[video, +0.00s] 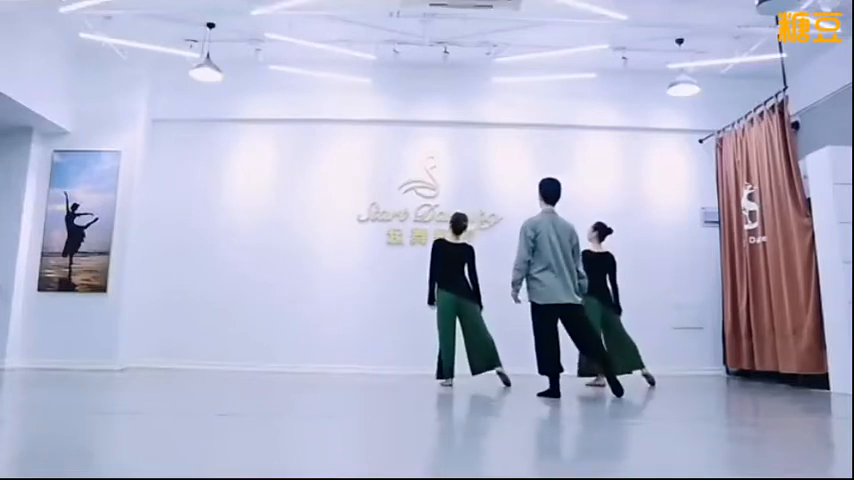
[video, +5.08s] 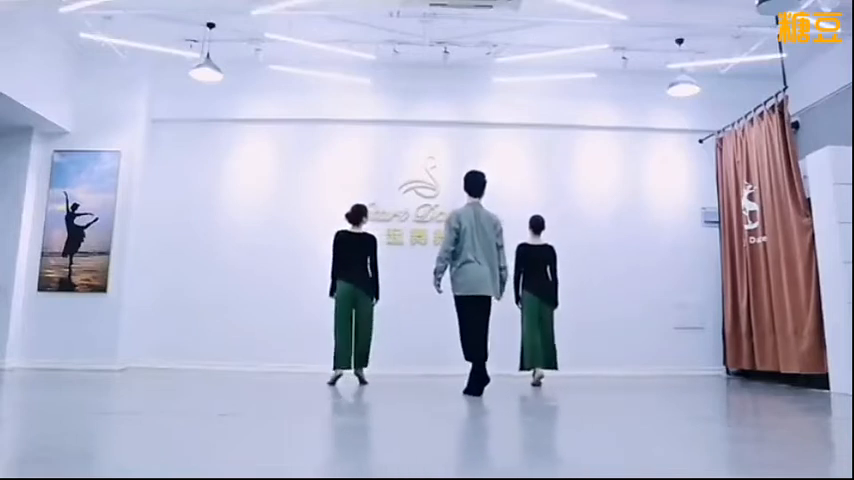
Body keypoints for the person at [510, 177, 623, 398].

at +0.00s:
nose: (539, 197)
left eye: (539, 193)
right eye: (549, 193)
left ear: (539, 195)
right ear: (558, 197)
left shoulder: (531, 225)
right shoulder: (568, 228)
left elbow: (523, 259)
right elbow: (578, 264)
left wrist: (515, 285)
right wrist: (580, 290)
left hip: (542, 296)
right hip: (568, 295)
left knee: (547, 343)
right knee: (588, 339)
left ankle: (554, 388)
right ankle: (611, 377)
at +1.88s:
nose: (529, 213)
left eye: (529, 209)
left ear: (529, 212)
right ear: (548, 212)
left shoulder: (524, 239)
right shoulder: (561, 239)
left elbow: (510, 268)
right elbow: (579, 273)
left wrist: (494, 291)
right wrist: (583, 298)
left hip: (538, 302)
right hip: (564, 301)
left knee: (539, 344)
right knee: (561, 335)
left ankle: (551, 387)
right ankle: (580, 373)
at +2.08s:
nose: (526, 228)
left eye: (525, 225)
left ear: (525, 226)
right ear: (543, 226)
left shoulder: (522, 250)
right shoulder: (558, 251)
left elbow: (510, 279)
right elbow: (576, 280)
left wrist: (493, 303)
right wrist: (583, 305)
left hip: (539, 305)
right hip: (564, 303)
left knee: (535, 349)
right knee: (551, 335)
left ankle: (551, 386)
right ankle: (559, 370)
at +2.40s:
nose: (517, 234)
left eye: (518, 231)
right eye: (518, 232)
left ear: (521, 231)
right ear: (537, 230)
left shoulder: (519, 248)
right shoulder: (552, 248)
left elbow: (511, 280)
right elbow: (565, 280)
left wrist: (503, 306)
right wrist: (569, 311)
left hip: (534, 303)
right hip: (559, 303)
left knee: (531, 344)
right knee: (529, 341)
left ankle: (551, 385)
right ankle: (525, 368)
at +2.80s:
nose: (513, 203)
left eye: (513, 200)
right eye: (516, 199)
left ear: (514, 200)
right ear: (532, 200)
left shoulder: (510, 222)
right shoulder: (544, 226)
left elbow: (503, 253)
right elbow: (552, 262)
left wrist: (497, 278)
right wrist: (553, 290)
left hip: (519, 287)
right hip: (542, 288)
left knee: (526, 335)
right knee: (530, 335)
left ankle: (546, 376)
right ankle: (517, 380)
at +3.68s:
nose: (498, 191)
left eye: (496, 187)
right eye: (506, 187)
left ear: (495, 190)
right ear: (514, 191)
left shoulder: (488, 218)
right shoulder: (524, 222)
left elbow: (478, 250)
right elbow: (530, 257)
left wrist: (469, 273)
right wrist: (530, 285)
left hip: (494, 282)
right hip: (518, 282)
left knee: (500, 329)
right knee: (513, 331)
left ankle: (513, 371)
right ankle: (507, 382)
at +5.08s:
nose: (474, 191)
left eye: (468, 186)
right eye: (479, 186)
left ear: (464, 188)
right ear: (484, 189)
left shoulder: (456, 217)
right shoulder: (493, 220)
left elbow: (447, 249)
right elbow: (501, 256)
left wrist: (438, 272)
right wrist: (501, 284)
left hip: (462, 283)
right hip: (486, 283)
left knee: (468, 329)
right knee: (481, 330)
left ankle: (480, 371)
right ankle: (474, 381)